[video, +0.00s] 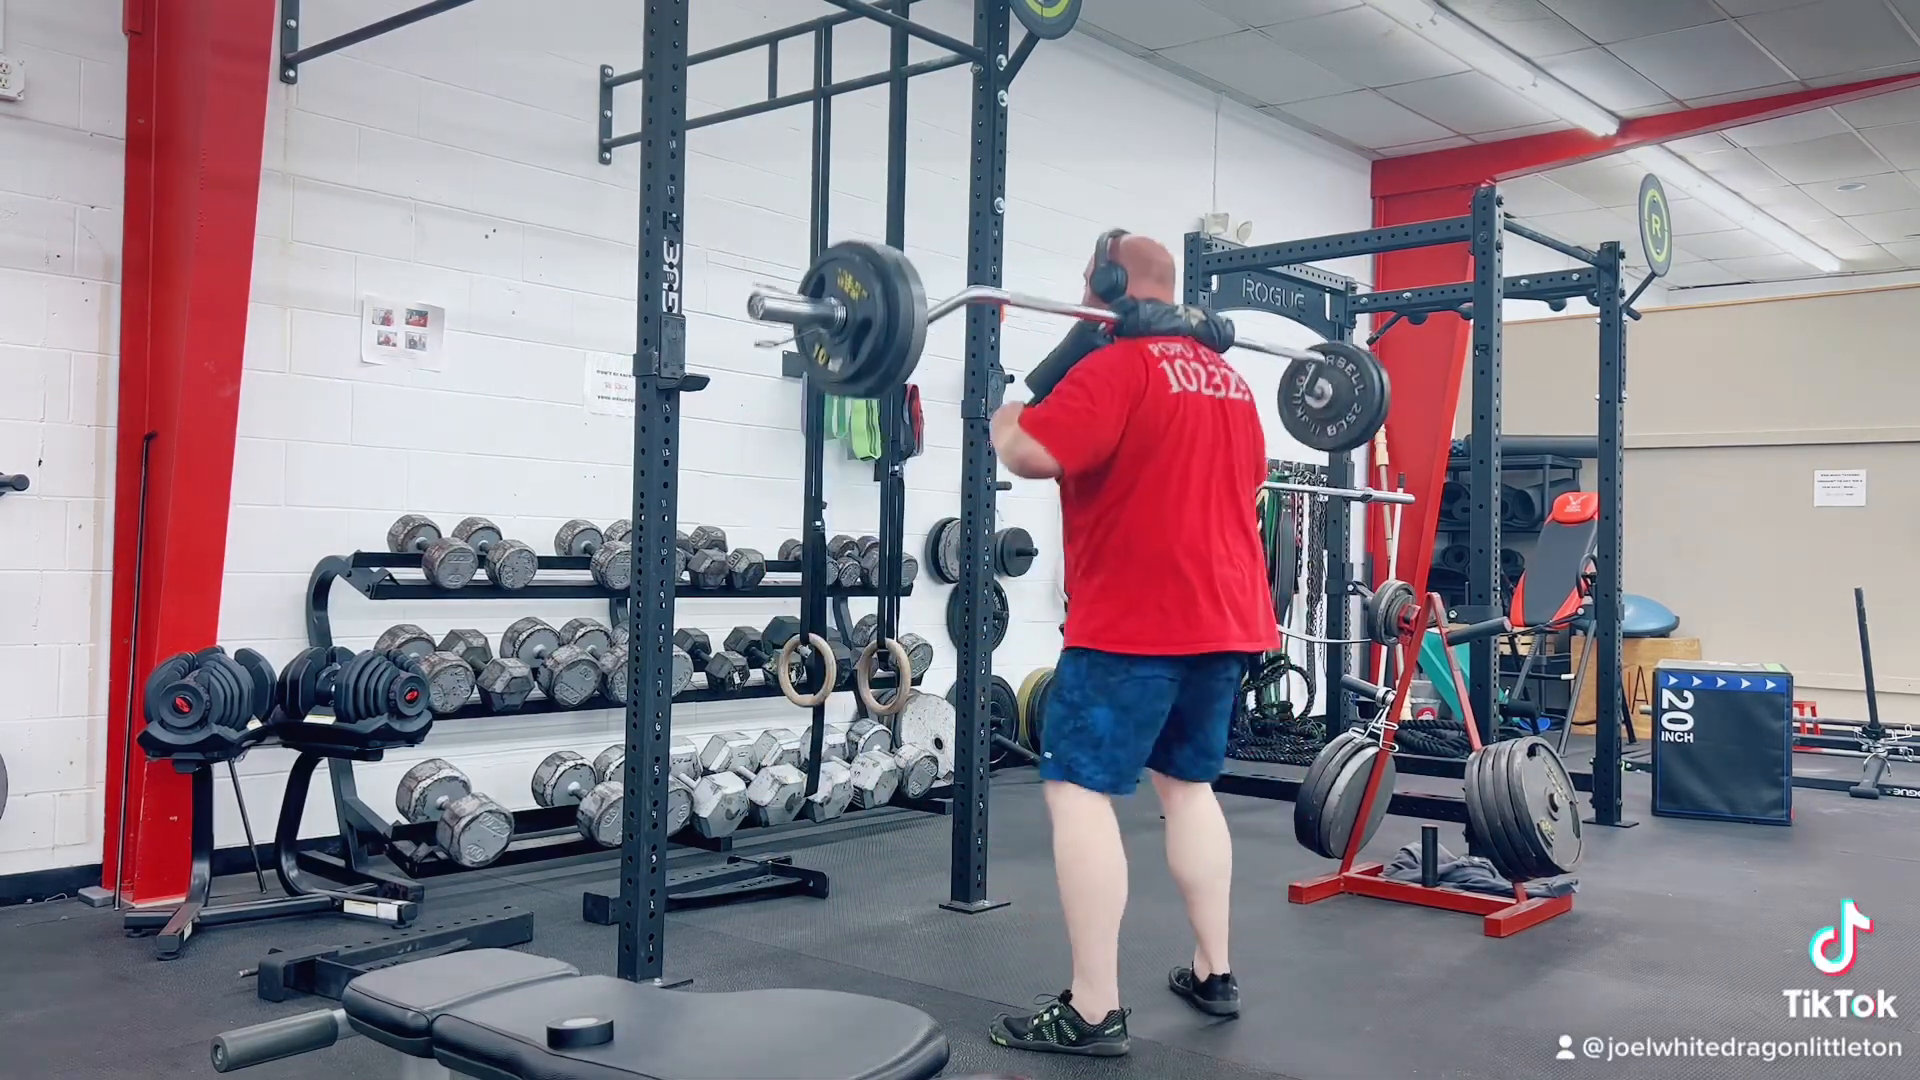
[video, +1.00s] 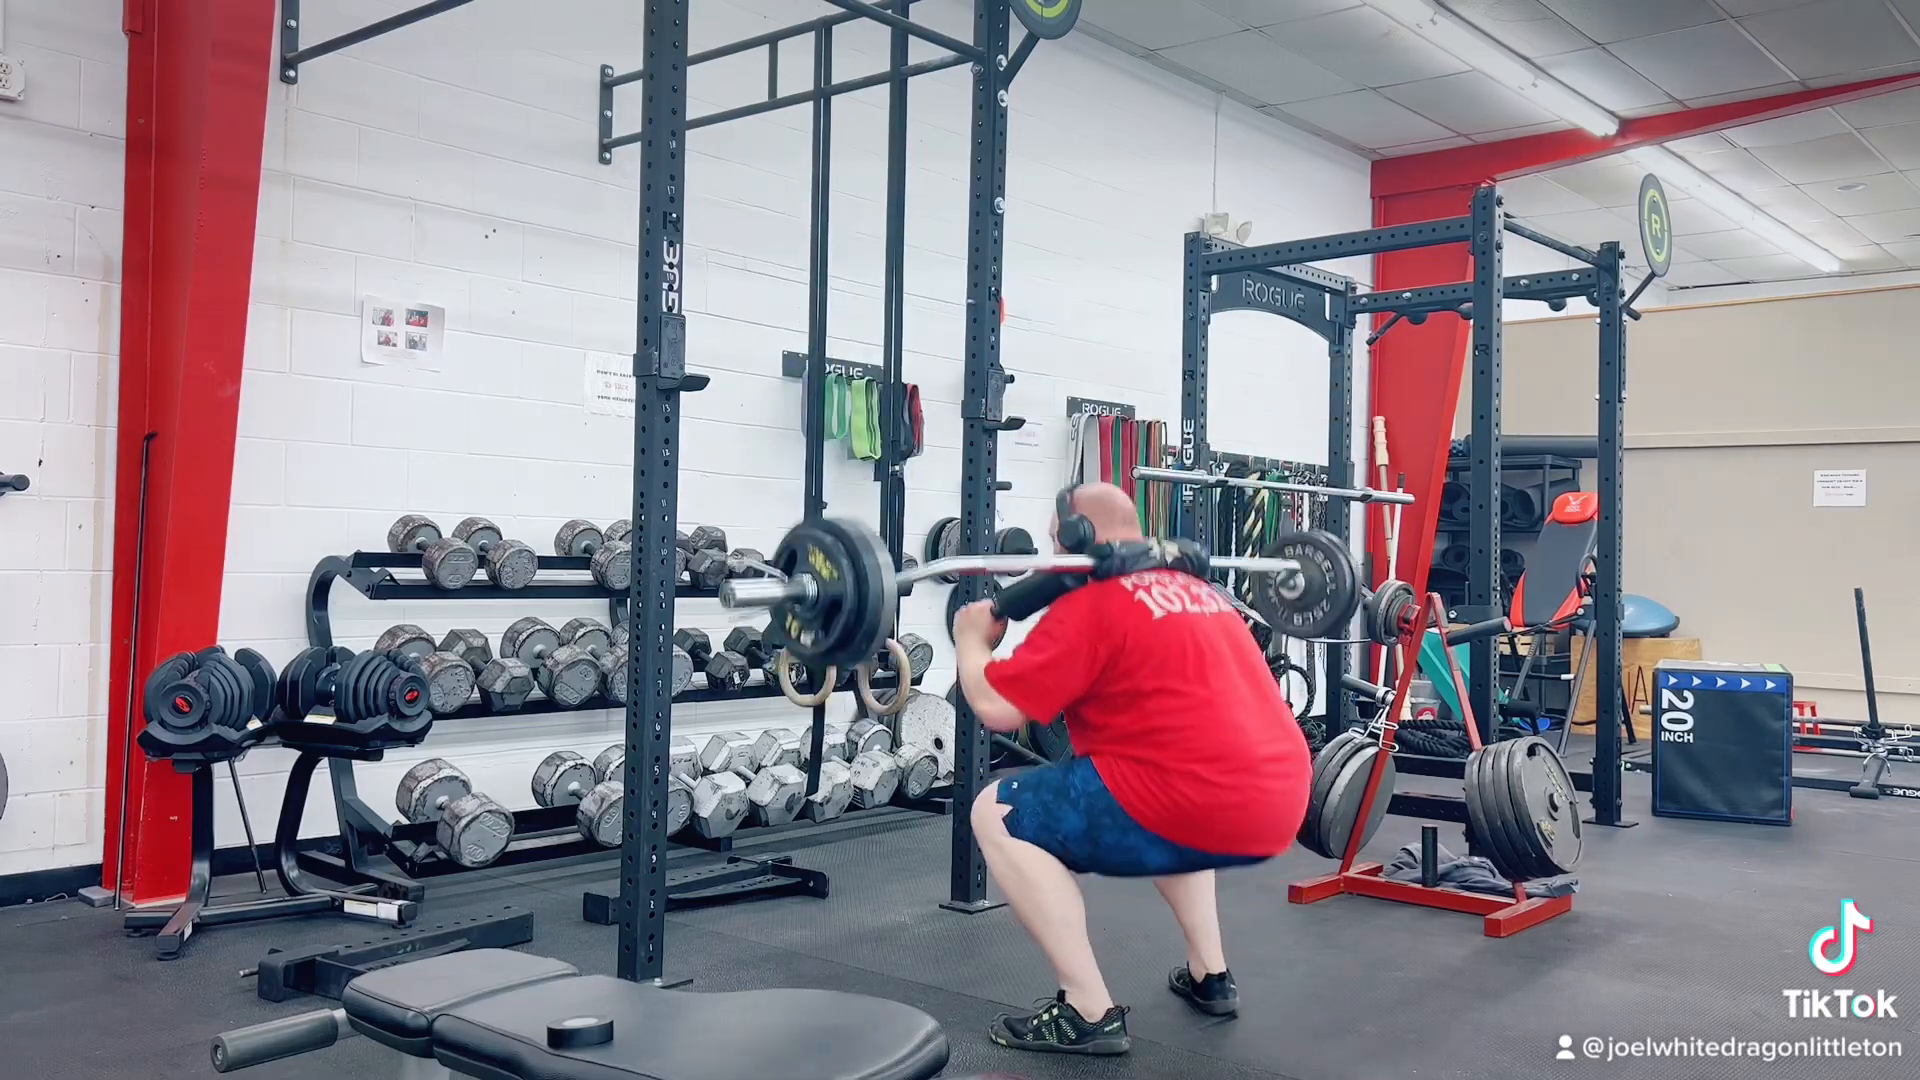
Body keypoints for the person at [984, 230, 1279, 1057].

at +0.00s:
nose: (1084, 304)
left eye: (1087, 292)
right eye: (1087, 291)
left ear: (1103, 296)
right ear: (1171, 293)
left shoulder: (1115, 363)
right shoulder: (1227, 374)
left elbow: (1033, 452)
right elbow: (1252, 481)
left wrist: (1006, 418)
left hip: (1134, 611)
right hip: (1231, 612)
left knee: (1077, 782)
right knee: (1187, 779)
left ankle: (1094, 1005)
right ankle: (1216, 973)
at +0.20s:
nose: (1089, 292)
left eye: (1090, 280)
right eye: (1091, 279)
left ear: (1105, 282)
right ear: (1175, 276)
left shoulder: (1123, 349)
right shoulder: (1230, 360)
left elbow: (1068, 449)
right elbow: (1264, 466)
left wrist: (1023, 427)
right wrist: (1183, 474)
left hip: (1124, 607)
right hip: (1216, 605)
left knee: (1119, 798)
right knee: (1210, 785)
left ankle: (1096, 1009)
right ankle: (1218, 975)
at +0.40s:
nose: (1083, 326)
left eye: (1087, 314)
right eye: (1087, 312)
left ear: (1107, 322)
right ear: (1171, 322)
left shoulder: (1119, 394)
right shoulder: (1230, 407)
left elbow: (1028, 491)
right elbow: (1239, 525)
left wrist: (1000, 443)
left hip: (1133, 647)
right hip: (1229, 646)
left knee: (1049, 796)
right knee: (1178, 788)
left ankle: (1092, 1009)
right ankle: (1215, 975)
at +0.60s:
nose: (1069, 473)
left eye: (1071, 463)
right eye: (1074, 462)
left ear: (1083, 467)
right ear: (1157, 463)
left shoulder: (1107, 534)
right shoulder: (1208, 524)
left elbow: (1013, 639)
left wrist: (983, 569)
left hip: (1179, 753)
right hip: (1274, 753)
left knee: (1009, 810)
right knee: (1178, 811)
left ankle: (1090, 1011)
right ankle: (1214, 974)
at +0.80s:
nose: (1064, 592)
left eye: (1066, 581)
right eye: (1068, 581)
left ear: (1076, 589)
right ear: (1150, 583)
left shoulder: (1100, 657)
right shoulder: (1203, 640)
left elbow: (995, 752)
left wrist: (975, 670)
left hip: (1194, 878)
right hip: (1274, 873)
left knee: (991, 817)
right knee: (1173, 794)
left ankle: (1088, 1009)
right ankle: (1209, 971)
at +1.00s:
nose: (1055, 545)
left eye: (1056, 537)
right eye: (1058, 536)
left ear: (1068, 542)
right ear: (1138, 534)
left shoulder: (1091, 605)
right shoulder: (1196, 587)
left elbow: (995, 707)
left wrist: (970, 639)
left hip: (1188, 806)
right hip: (1278, 802)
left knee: (997, 813)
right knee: (1143, 783)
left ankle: (1088, 1008)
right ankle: (1210, 973)